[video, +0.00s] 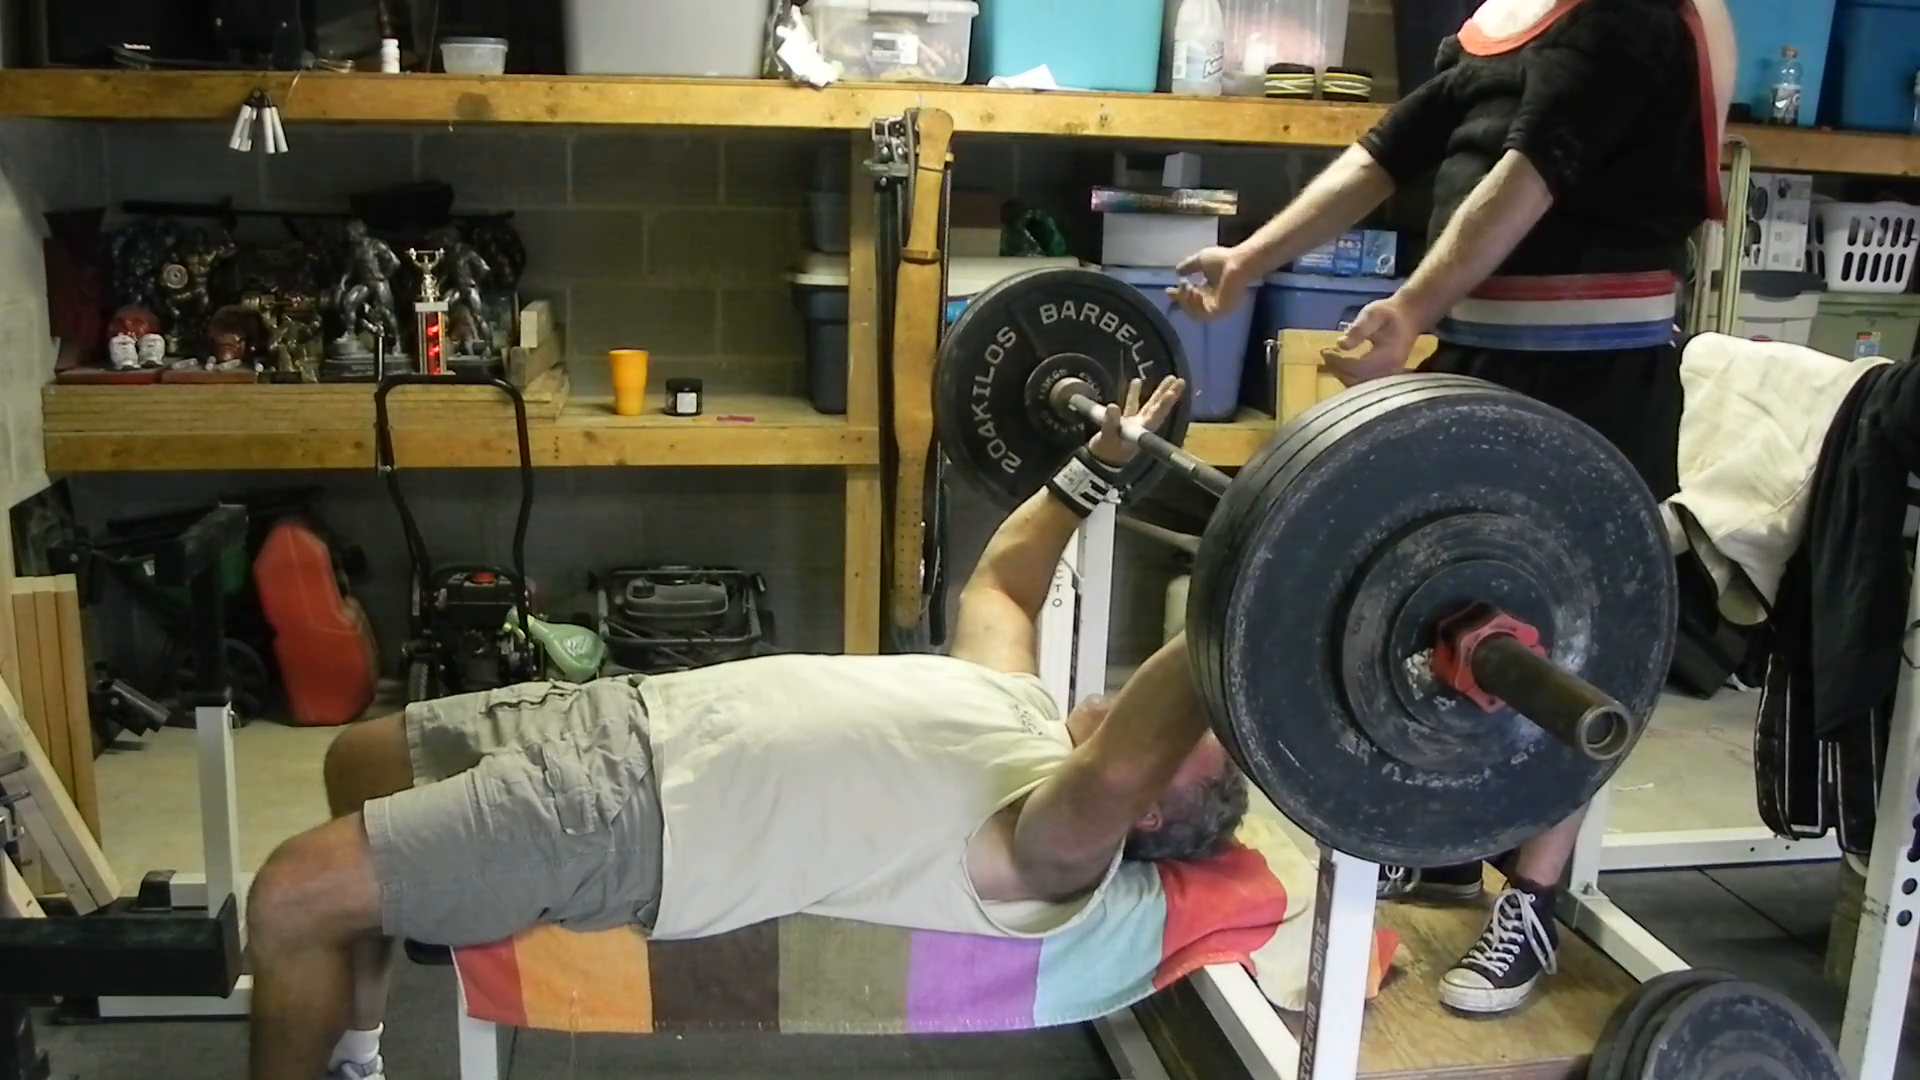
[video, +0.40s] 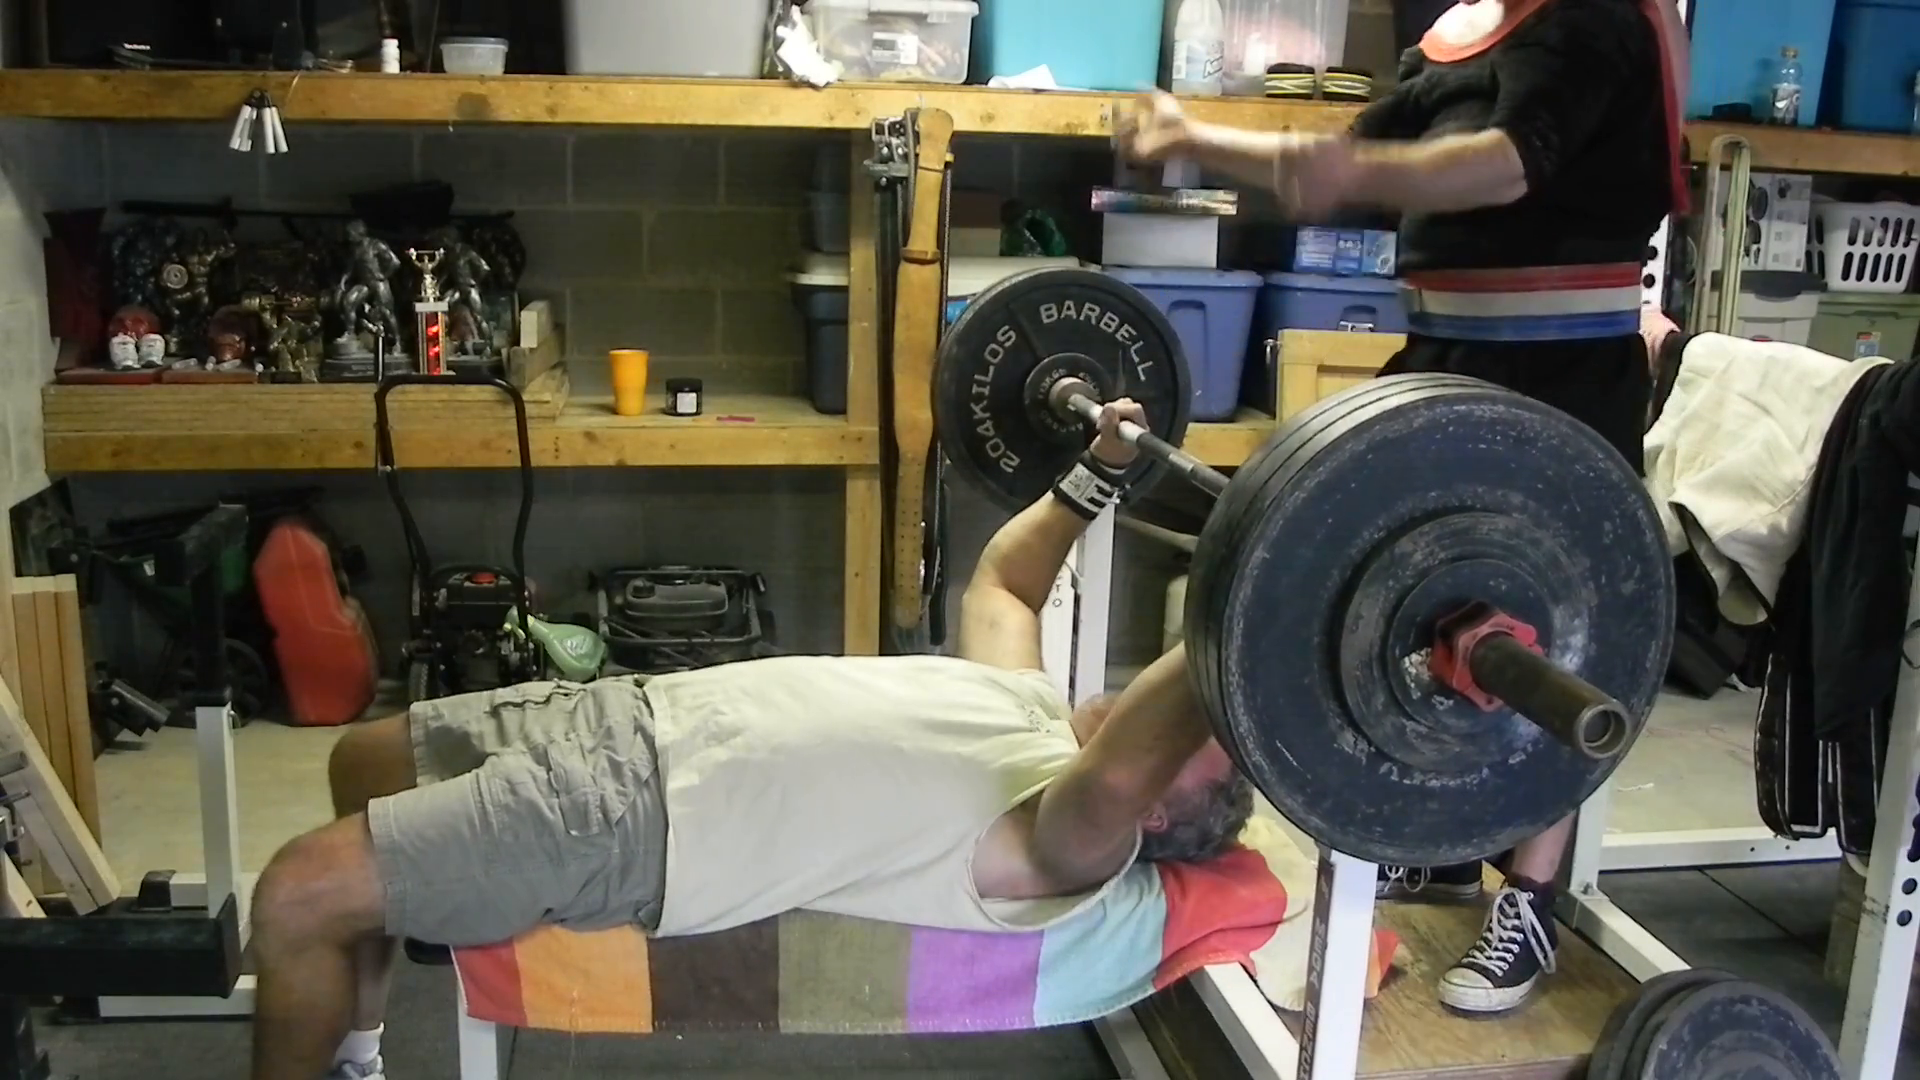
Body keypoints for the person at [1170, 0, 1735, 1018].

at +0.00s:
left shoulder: (1630, 17)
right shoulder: (1489, 24)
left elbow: (1531, 170)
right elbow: (1381, 157)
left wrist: (1410, 307)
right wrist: (1246, 257)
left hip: (1595, 374)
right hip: (1468, 362)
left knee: (1567, 627)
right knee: (1440, 603)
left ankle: (1530, 898)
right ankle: (1442, 839)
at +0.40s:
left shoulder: (1598, 24)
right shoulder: (1457, 32)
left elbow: (1502, 163)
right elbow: (1351, 146)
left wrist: (1337, 178)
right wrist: (1200, 137)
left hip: (1569, 383)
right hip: (1450, 367)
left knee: (1553, 637)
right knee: (1432, 607)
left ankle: (1530, 894)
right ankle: (1440, 836)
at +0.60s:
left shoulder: (1590, 16)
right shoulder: (1435, 24)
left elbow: (1510, 149)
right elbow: (1342, 166)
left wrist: (1362, 86)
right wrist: (1194, 95)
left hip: (1553, 368)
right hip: (1428, 356)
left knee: (1536, 630)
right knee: (1414, 605)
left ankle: (1527, 894)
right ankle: (1437, 833)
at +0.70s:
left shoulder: (1587, 18)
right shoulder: (1430, 28)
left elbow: (1510, 151)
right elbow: (1330, 165)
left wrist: (1371, 75)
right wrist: (1196, 79)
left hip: (1546, 368)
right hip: (1417, 357)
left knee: (1535, 629)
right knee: (1409, 605)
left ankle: (1526, 891)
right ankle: (1439, 832)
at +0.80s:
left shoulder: (1583, 18)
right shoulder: (1429, 30)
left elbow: (1509, 151)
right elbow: (1323, 161)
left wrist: (1372, 71)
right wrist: (1200, 65)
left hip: (1539, 364)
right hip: (1409, 352)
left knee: (1530, 625)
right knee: (1391, 602)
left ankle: (1527, 891)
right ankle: (1427, 828)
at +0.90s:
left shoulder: (1580, 19)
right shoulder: (1429, 37)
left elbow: (1508, 151)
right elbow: (1317, 161)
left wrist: (1374, 67)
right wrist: (1205, 56)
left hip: (1538, 367)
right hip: (1409, 357)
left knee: (1527, 626)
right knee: (1399, 604)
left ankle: (1527, 889)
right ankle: (1438, 833)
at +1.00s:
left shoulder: (1576, 18)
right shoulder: (1428, 38)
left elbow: (1503, 148)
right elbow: (1314, 164)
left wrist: (1372, 64)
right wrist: (1210, 54)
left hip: (1536, 374)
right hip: (1405, 363)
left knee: (1528, 630)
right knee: (1392, 608)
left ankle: (1528, 891)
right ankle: (1431, 831)